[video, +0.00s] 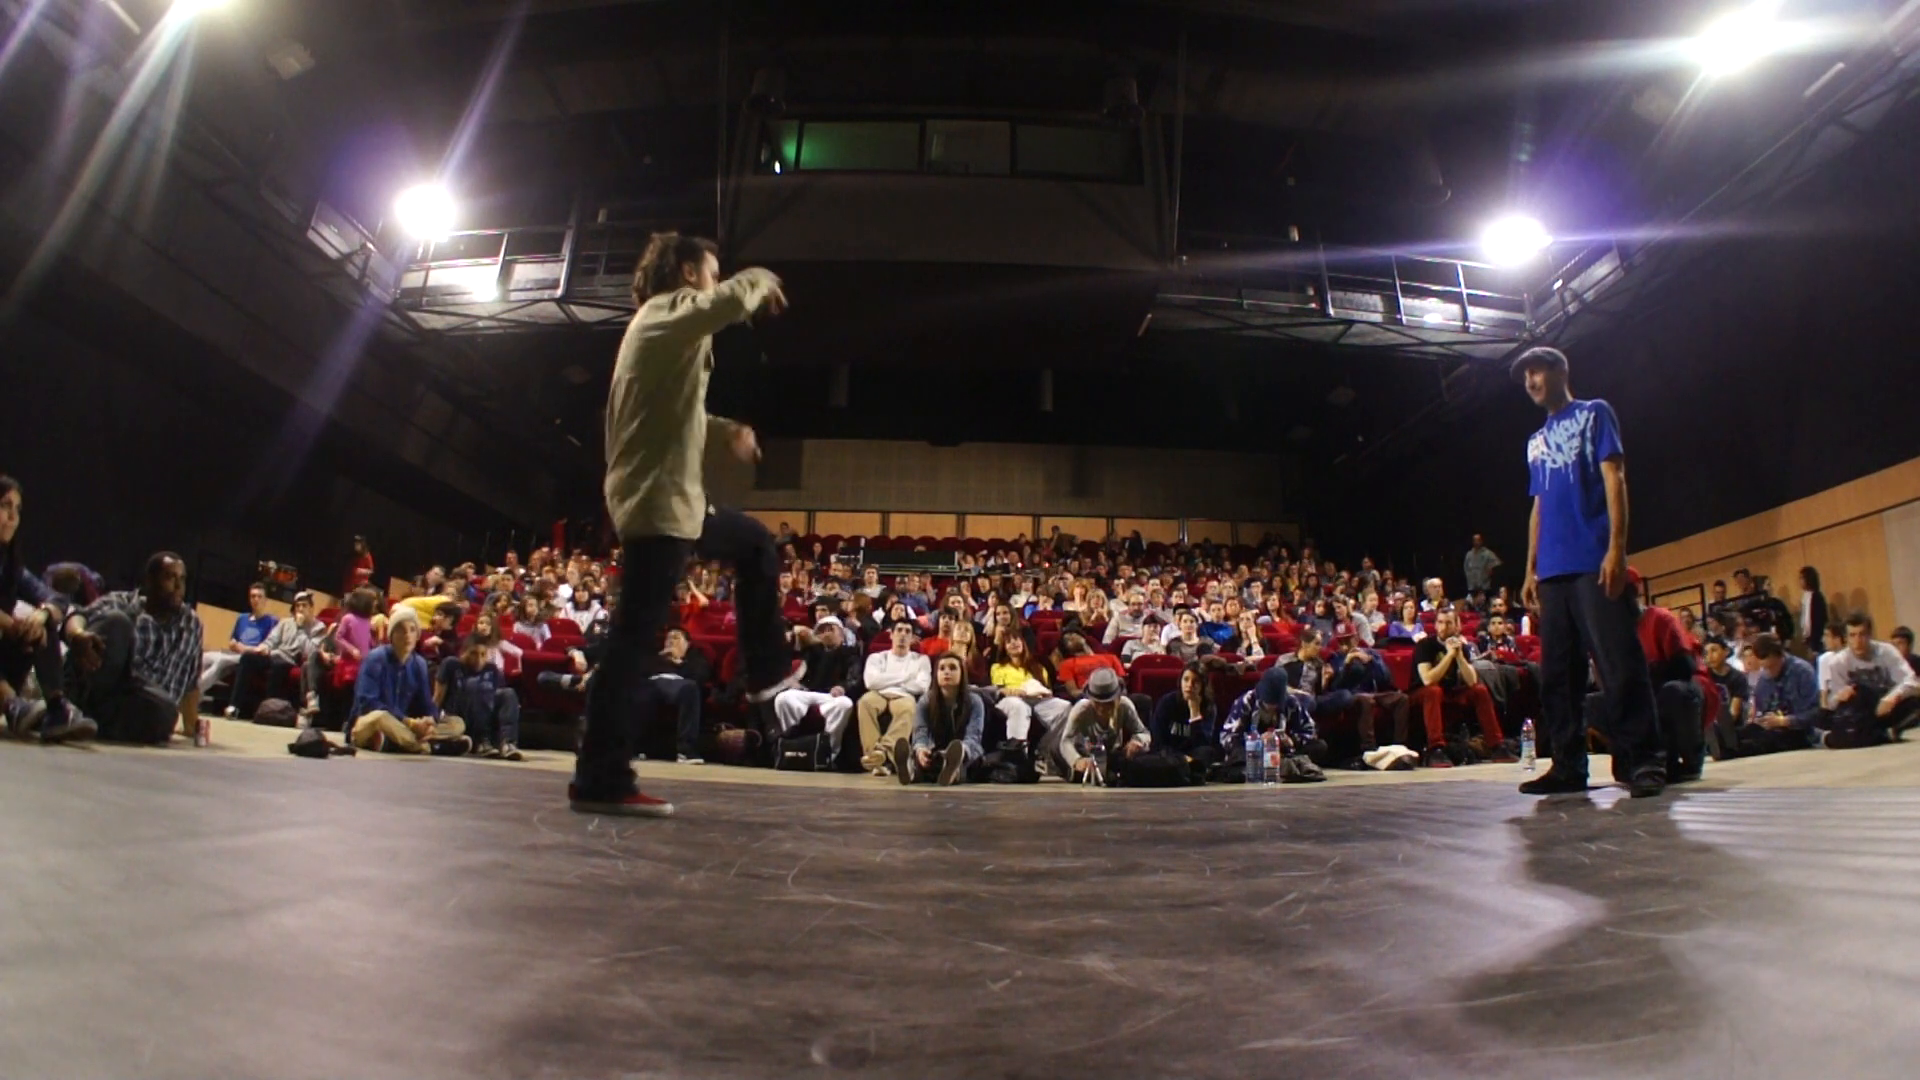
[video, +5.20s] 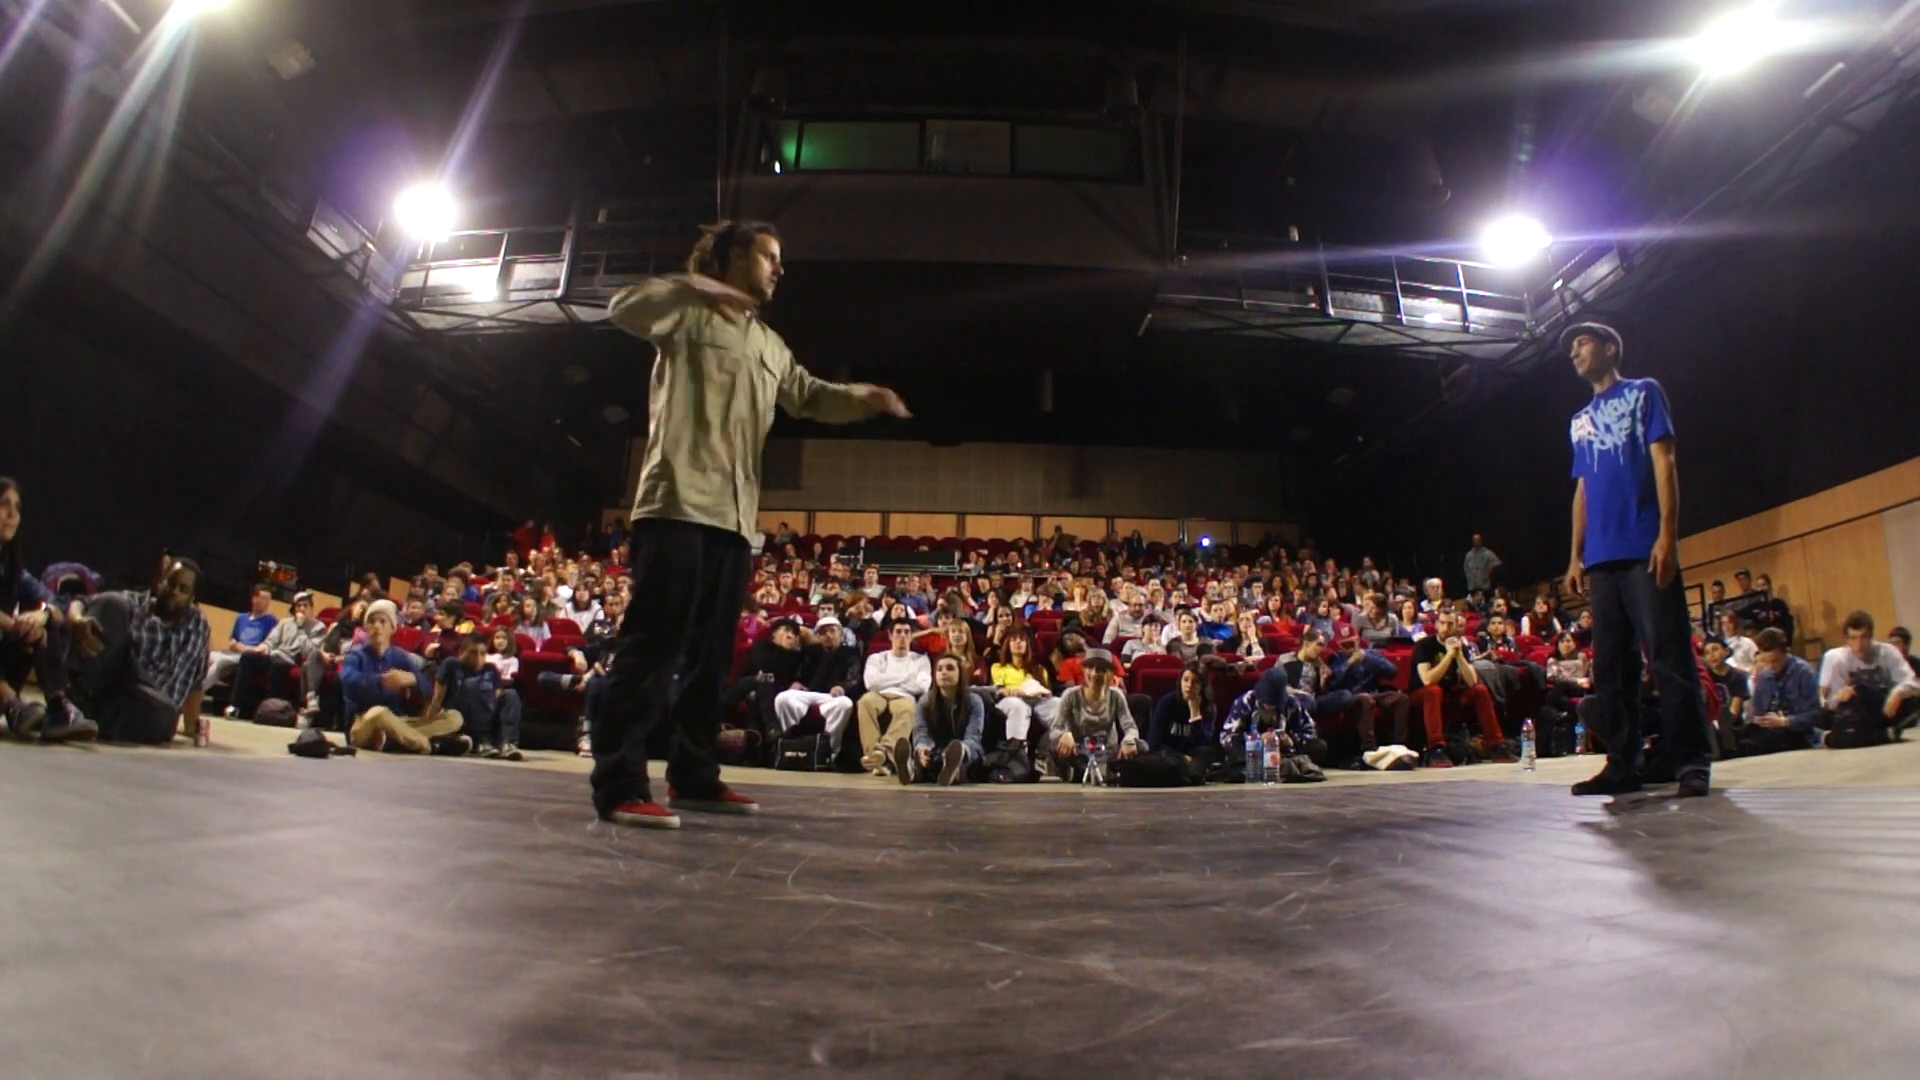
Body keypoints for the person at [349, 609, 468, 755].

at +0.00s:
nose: (407, 636)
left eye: (412, 630)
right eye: (401, 631)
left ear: (417, 635)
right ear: (391, 635)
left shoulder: (419, 664)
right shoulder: (375, 658)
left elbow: (426, 704)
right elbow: (367, 702)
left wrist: (430, 721)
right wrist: (406, 722)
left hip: (410, 725)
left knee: (457, 724)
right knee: (380, 717)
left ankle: (393, 744)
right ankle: (427, 748)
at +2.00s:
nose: (408, 637)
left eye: (413, 631)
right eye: (401, 631)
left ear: (418, 635)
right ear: (391, 635)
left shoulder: (420, 664)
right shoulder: (376, 658)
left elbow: (426, 704)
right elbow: (367, 703)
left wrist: (430, 720)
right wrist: (407, 722)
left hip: (412, 725)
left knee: (457, 724)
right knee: (381, 717)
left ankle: (395, 744)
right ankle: (426, 748)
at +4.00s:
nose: (409, 633)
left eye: (414, 628)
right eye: (402, 627)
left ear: (418, 634)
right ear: (391, 632)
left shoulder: (419, 664)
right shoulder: (375, 659)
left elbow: (426, 705)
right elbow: (367, 703)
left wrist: (430, 721)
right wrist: (407, 722)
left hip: (411, 726)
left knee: (457, 723)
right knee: (380, 718)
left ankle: (394, 744)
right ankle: (425, 748)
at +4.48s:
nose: (400, 637)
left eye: (407, 632)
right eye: (396, 630)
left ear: (417, 638)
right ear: (390, 634)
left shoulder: (420, 665)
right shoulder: (373, 660)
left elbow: (420, 707)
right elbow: (364, 704)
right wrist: (406, 700)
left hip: (410, 724)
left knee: (456, 724)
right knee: (379, 718)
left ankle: (393, 744)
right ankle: (428, 747)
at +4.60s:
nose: (398, 637)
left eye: (405, 633)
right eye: (394, 631)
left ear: (415, 639)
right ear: (388, 633)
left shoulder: (419, 664)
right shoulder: (372, 660)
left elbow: (426, 706)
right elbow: (367, 705)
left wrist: (428, 720)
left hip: (404, 724)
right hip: (366, 725)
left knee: (457, 724)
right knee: (380, 717)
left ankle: (393, 744)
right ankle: (428, 747)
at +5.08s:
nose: (381, 629)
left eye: (387, 624)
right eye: (376, 624)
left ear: (398, 630)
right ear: (371, 630)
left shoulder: (408, 661)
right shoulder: (359, 659)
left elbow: (427, 700)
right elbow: (354, 696)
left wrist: (419, 702)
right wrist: (385, 675)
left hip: (402, 723)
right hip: (364, 727)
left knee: (456, 723)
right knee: (379, 716)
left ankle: (393, 743)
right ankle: (430, 748)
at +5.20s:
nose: (377, 626)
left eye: (382, 621)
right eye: (372, 622)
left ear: (393, 628)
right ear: (366, 627)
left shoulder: (400, 657)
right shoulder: (356, 655)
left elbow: (427, 690)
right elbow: (349, 679)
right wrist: (384, 681)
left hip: (401, 720)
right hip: (364, 725)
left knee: (455, 717)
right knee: (379, 713)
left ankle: (395, 742)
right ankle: (429, 747)